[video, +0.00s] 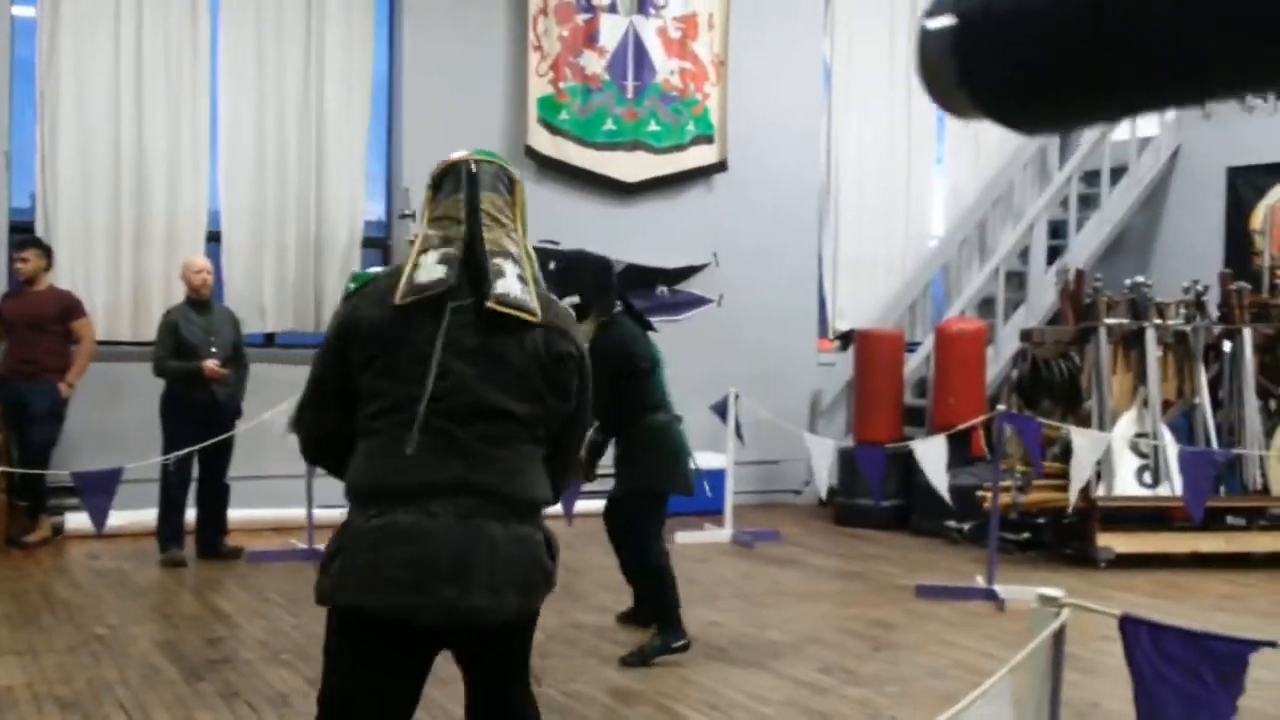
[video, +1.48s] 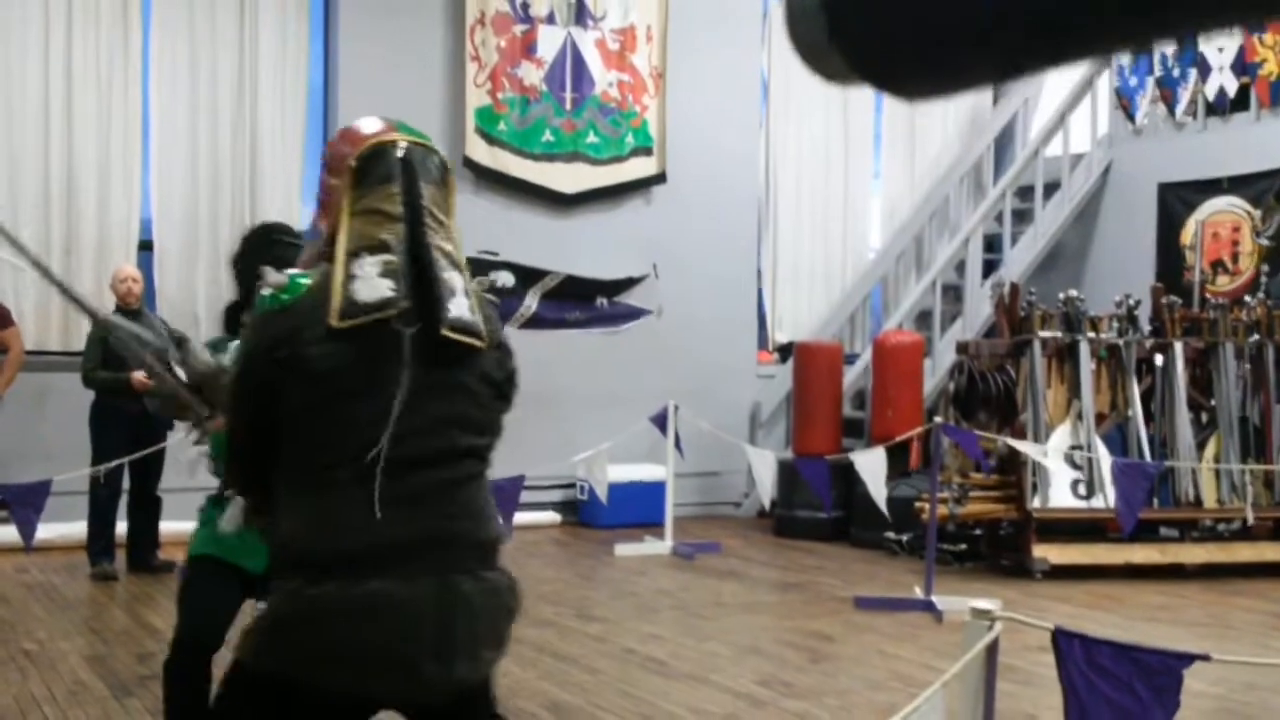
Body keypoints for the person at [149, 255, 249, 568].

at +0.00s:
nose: (204, 277)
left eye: (208, 272)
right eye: (198, 272)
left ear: (214, 277)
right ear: (184, 278)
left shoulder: (227, 317)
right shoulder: (174, 318)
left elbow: (240, 362)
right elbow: (161, 365)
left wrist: (233, 398)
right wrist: (198, 367)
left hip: (220, 408)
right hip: (181, 408)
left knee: (214, 479)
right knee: (176, 477)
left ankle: (211, 541)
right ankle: (171, 545)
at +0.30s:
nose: (164, 273)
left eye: (169, 267)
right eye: (158, 268)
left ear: (175, 273)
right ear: (145, 275)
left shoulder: (189, 313)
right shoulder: (135, 314)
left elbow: (202, 359)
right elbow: (121, 361)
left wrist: (196, 396)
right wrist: (159, 364)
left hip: (181, 405)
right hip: (143, 405)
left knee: (176, 477)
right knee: (137, 475)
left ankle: (173, 540)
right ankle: (133, 544)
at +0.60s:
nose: (142, 270)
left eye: (146, 264)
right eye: (135, 264)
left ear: (153, 271)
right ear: (123, 272)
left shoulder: (168, 310)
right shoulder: (113, 312)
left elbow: (181, 356)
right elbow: (99, 360)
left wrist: (176, 394)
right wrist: (138, 362)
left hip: (161, 403)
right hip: (121, 403)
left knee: (155, 476)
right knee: (115, 474)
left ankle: (152, 540)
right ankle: (112, 544)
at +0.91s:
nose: (128, 271)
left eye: (132, 265)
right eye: (121, 265)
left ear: (140, 271)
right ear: (110, 273)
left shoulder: (155, 311)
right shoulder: (99, 314)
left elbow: (169, 357)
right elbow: (86, 361)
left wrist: (164, 395)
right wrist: (125, 364)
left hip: (148, 404)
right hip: (108, 404)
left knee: (143, 477)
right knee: (103, 475)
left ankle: (140, 542)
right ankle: (99, 546)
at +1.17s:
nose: (126, 289)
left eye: (131, 283)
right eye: (119, 284)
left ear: (139, 289)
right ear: (109, 291)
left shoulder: (154, 330)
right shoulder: (99, 332)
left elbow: (172, 372)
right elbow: (85, 379)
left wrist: (152, 381)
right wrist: (115, 381)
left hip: (147, 421)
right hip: (108, 421)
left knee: (143, 494)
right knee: (103, 493)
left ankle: (140, 560)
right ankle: (98, 564)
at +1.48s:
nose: (130, 286)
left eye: (135, 280)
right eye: (123, 281)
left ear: (143, 286)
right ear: (113, 289)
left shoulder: (157, 326)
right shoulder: (104, 327)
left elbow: (172, 366)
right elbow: (90, 375)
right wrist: (127, 379)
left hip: (151, 417)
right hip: (111, 417)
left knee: (145, 491)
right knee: (106, 488)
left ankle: (143, 555)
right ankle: (102, 558)